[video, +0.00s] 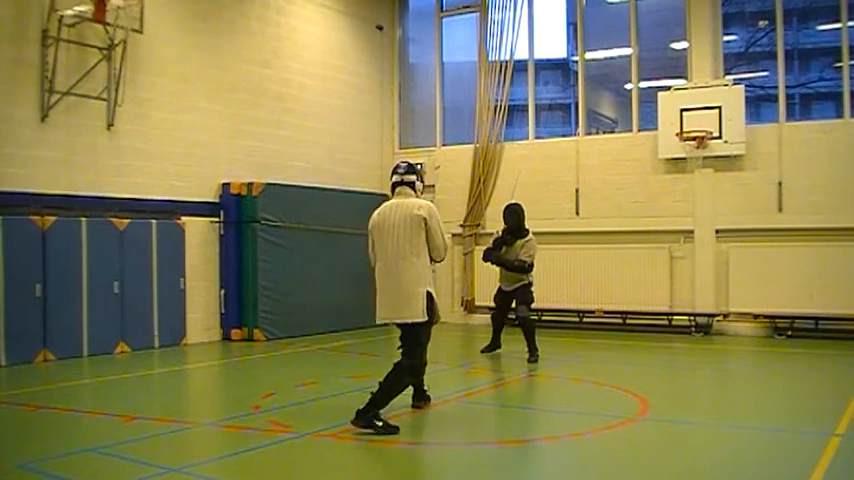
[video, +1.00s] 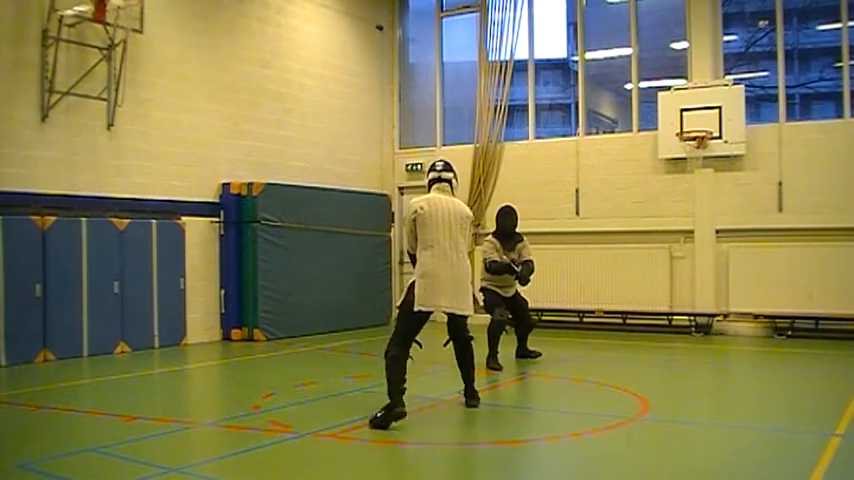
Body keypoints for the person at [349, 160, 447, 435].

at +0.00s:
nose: (422, 187)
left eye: (420, 183)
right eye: (421, 183)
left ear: (392, 185)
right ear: (416, 184)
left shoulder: (377, 215)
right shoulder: (424, 208)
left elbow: (373, 257)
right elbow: (439, 253)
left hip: (388, 295)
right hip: (417, 293)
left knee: (418, 340)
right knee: (413, 359)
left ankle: (419, 392)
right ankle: (368, 412)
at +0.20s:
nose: (429, 186)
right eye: (429, 181)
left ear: (402, 183)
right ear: (427, 183)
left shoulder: (387, 209)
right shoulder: (438, 208)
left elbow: (377, 250)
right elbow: (447, 254)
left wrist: (401, 258)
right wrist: (425, 258)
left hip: (399, 294)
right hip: (430, 294)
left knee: (411, 341)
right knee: (438, 355)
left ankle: (418, 392)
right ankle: (406, 386)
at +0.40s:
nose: (437, 186)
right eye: (437, 181)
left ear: (412, 182)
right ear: (437, 182)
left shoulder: (399, 204)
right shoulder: (450, 208)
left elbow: (388, 243)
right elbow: (453, 246)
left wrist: (411, 261)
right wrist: (434, 261)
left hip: (411, 283)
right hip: (445, 282)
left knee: (408, 335)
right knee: (459, 335)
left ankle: (418, 392)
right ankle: (448, 390)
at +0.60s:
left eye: (428, 179)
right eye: (446, 181)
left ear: (426, 181)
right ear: (451, 182)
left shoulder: (415, 203)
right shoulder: (463, 207)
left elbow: (410, 249)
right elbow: (466, 247)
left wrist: (421, 278)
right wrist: (459, 274)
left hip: (429, 279)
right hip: (462, 279)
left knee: (398, 328)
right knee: (462, 331)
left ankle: (409, 389)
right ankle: (471, 391)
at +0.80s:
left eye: (434, 178)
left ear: (433, 180)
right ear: (457, 180)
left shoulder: (422, 204)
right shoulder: (470, 208)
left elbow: (418, 248)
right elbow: (473, 243)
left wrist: (433, 272)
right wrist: (454, 264)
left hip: (434, 279)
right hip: (466, 280)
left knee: (396, 331)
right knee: (461, 331)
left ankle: (397, 387)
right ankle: (471, 391)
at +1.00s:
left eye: (432, 178)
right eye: (451, 180)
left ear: (428, 181)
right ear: (453, 182)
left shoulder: (417, 205)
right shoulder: (465, 211)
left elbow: (411, 249)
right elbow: (467, 249)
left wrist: (425, 275)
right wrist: (450, 272)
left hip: (426, 283)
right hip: (459, 284)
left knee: (399, 342)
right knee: (461, 335)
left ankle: (395, 402)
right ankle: (471, 391)